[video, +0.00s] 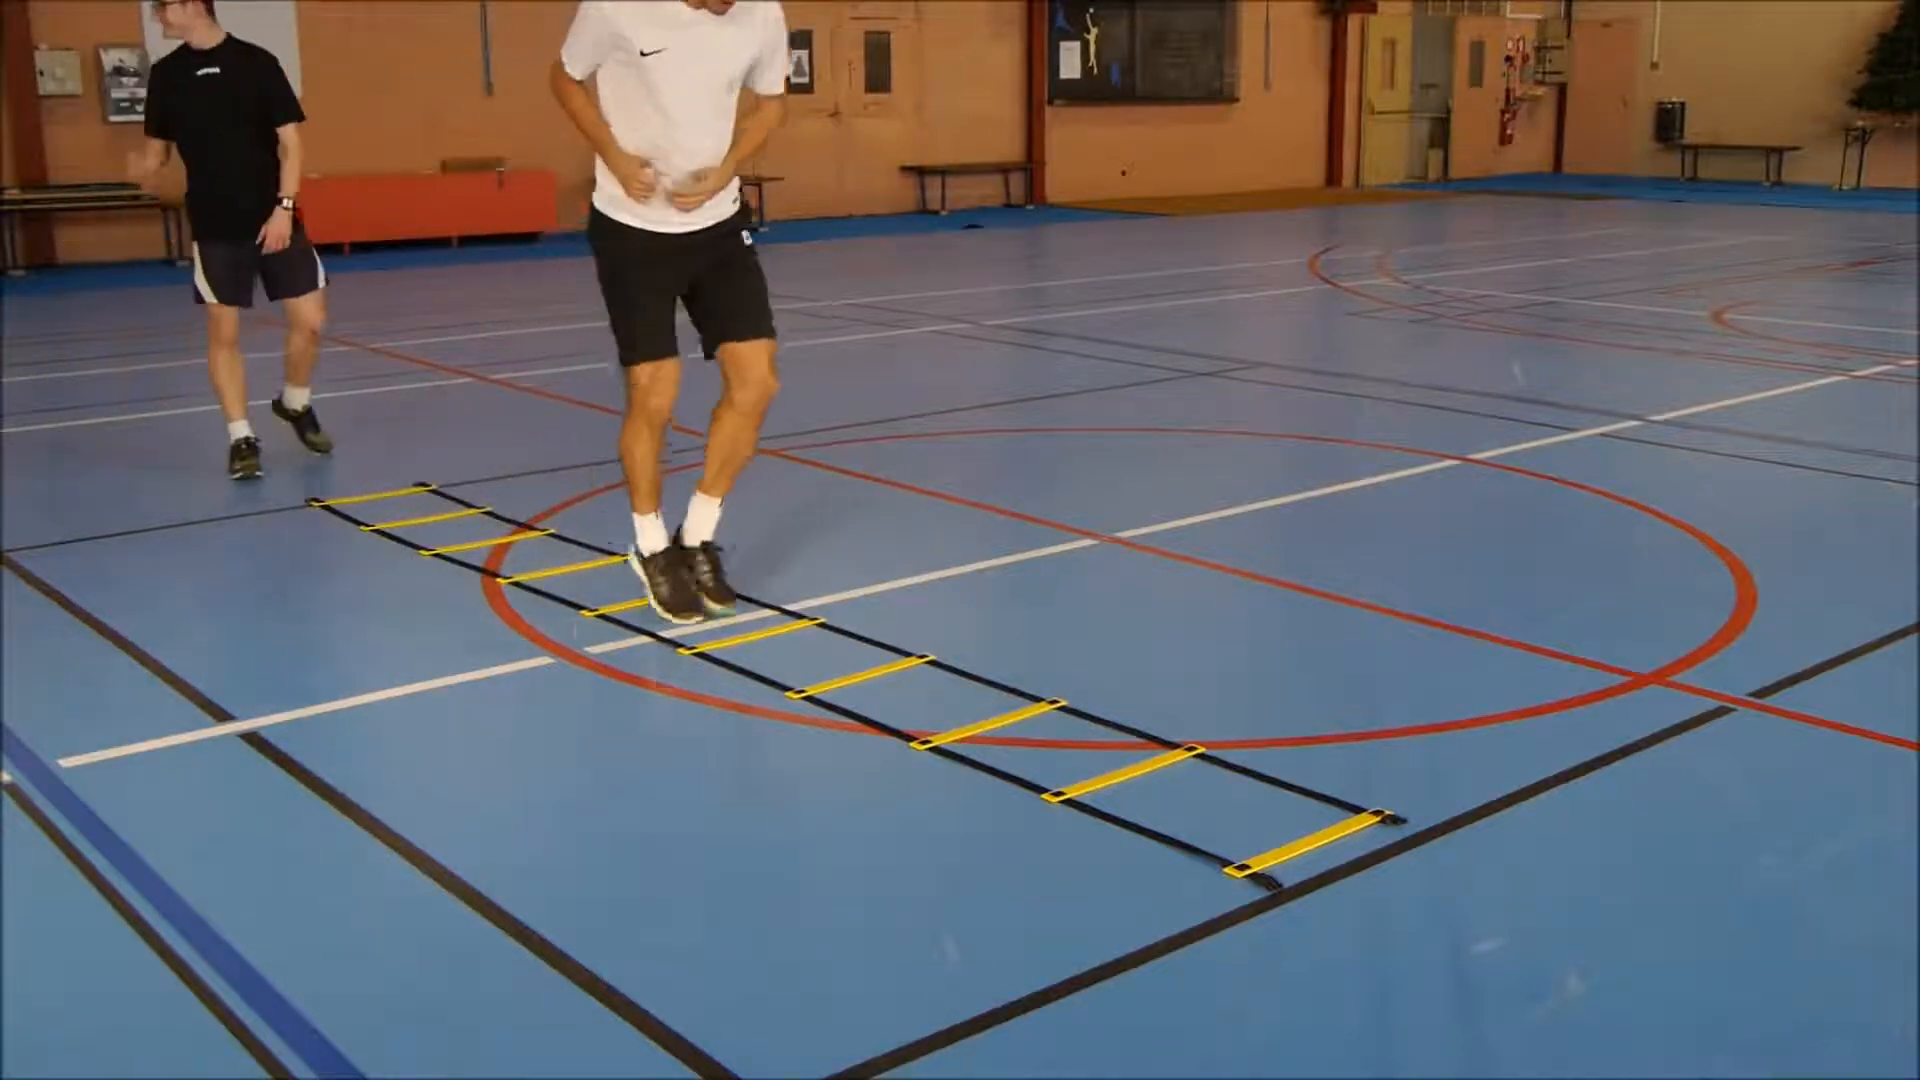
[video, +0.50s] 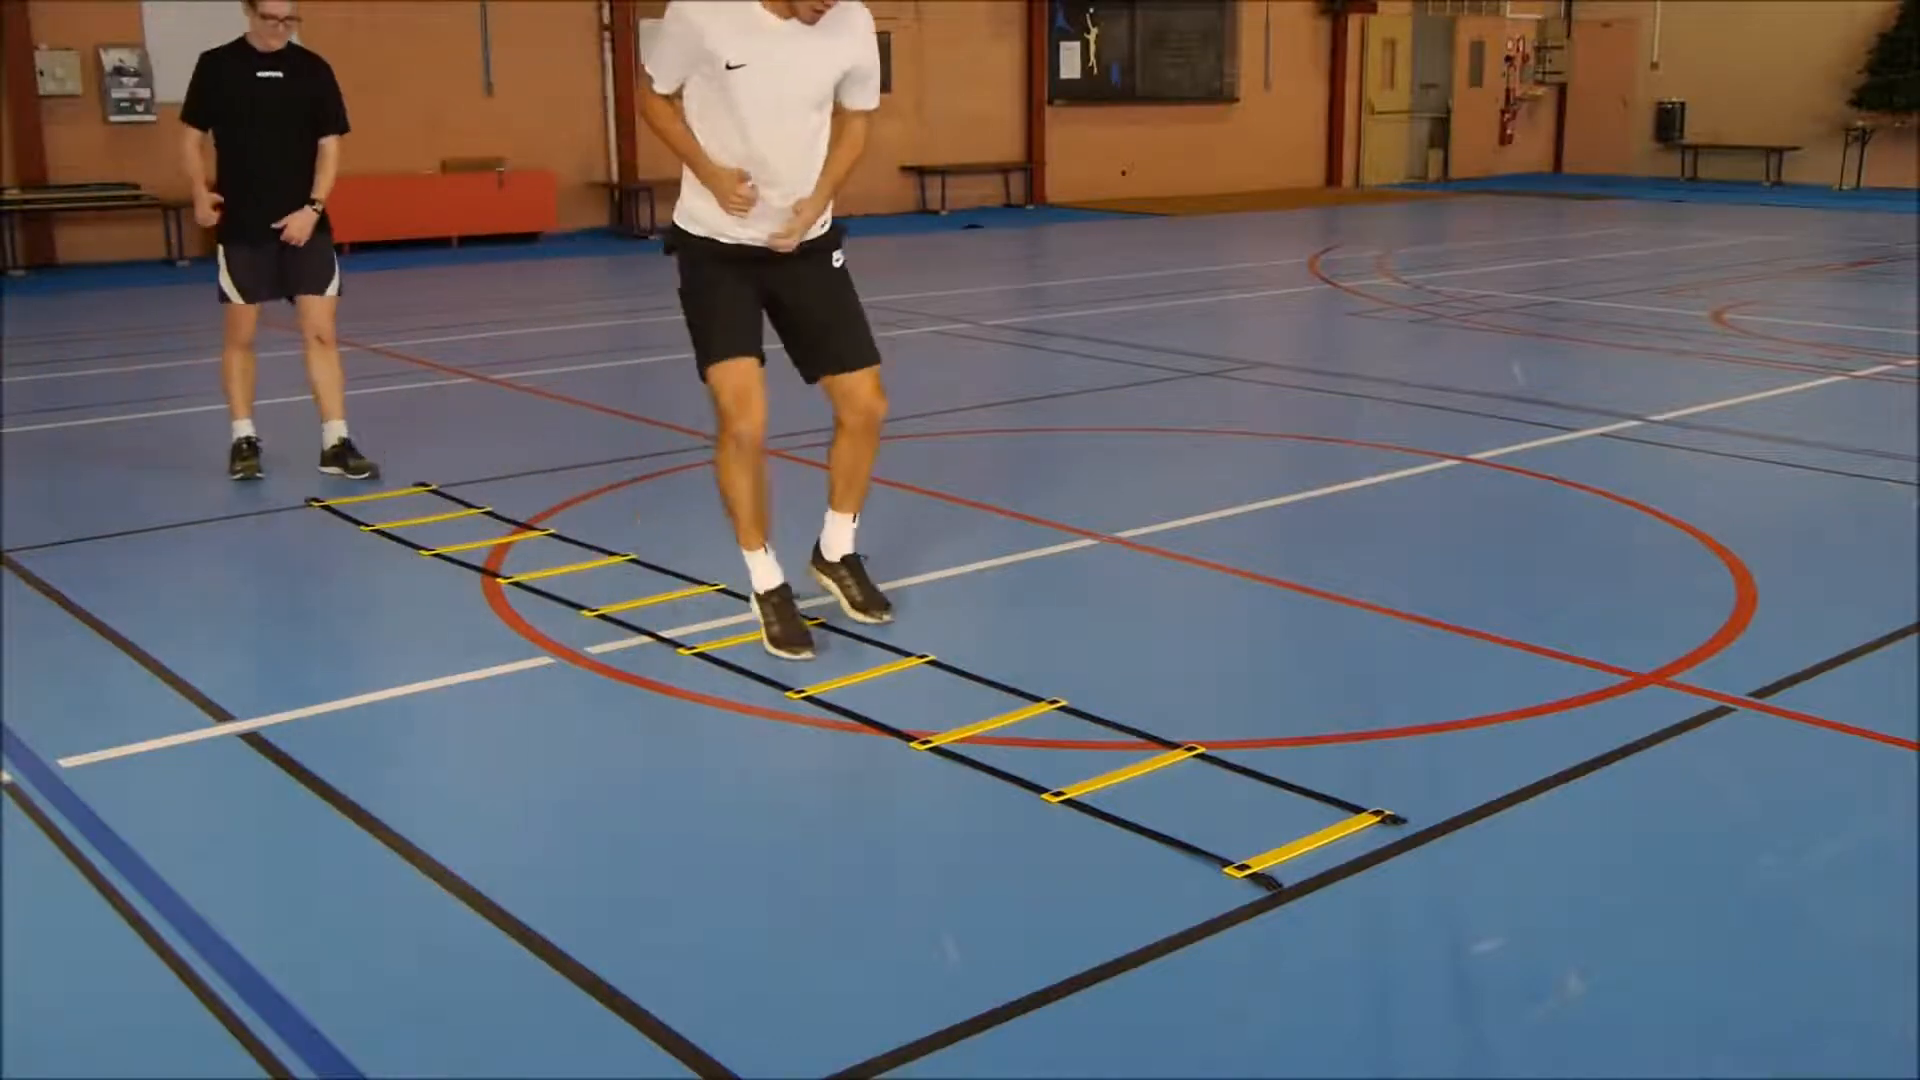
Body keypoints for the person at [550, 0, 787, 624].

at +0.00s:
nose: (721, 1)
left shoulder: (763, 14)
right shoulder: (613, 10)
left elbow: (767, 102)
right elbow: (568, 77)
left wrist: (726, 168)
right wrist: (614, 155)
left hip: (718, 226)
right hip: (633, 229)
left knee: (754, 383)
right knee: (654, 394)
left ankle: (696, 541)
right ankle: (651, 547)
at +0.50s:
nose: (822, 6)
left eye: (829, 3)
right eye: (813, 2)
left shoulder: (853, 24)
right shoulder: (698, 17)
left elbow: (854, 118)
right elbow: (654, 98)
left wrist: (818, 198)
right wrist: (708, 169)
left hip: (807, 242)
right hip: (714, 244)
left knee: (864, 405)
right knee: (744, 420)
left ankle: (835, 551)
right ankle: (767, 585)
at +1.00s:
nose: (913, 3)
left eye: (917, 0)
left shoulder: (912, 29)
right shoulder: (773, 26)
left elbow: (887, 116)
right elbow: (714, 131)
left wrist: (876, 202)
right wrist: (792, 210)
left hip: (862, 249)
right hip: (769, 259)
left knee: (961, 395)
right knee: (754, 441)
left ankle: (913, 562)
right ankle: (686, 613)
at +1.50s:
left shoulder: (1015, 27)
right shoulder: (853, 14)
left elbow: (1002, 123)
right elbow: (785, 103)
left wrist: (968, 205)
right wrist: (864, 196)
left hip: (947, 270)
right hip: (849, 263)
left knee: (1005, 448)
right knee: (860, 446)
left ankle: (913, 609)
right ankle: (810, 652)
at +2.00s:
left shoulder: (1148, 15)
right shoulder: (978, 9)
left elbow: (1134, 119)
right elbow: (888, 84)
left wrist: (1100, 205)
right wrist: (968, 176)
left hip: (1072, 269)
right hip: (970, 269)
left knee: (1147, 456)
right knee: (1018, 481)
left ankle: (1046, 616)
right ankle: (1006, 665)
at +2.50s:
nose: (1266, 3)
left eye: (1276, 2)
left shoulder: (1293, 22)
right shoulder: (1106, 13)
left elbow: (1277, 133)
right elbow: (1026, 113)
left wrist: (1235, 220)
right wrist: (1094, 217)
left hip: (1209, 300)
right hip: (1096, 295)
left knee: (1261, 500)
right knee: (1085, 500)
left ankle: (1218, 675)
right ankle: (1050, 674)